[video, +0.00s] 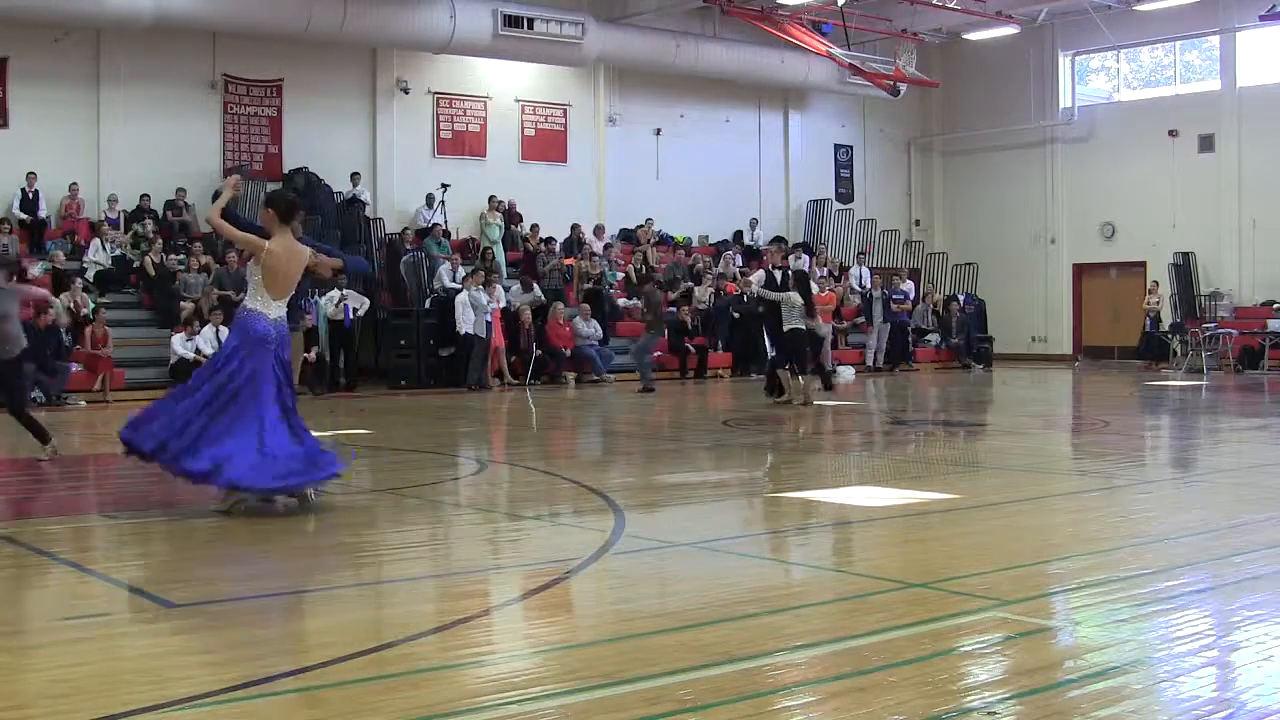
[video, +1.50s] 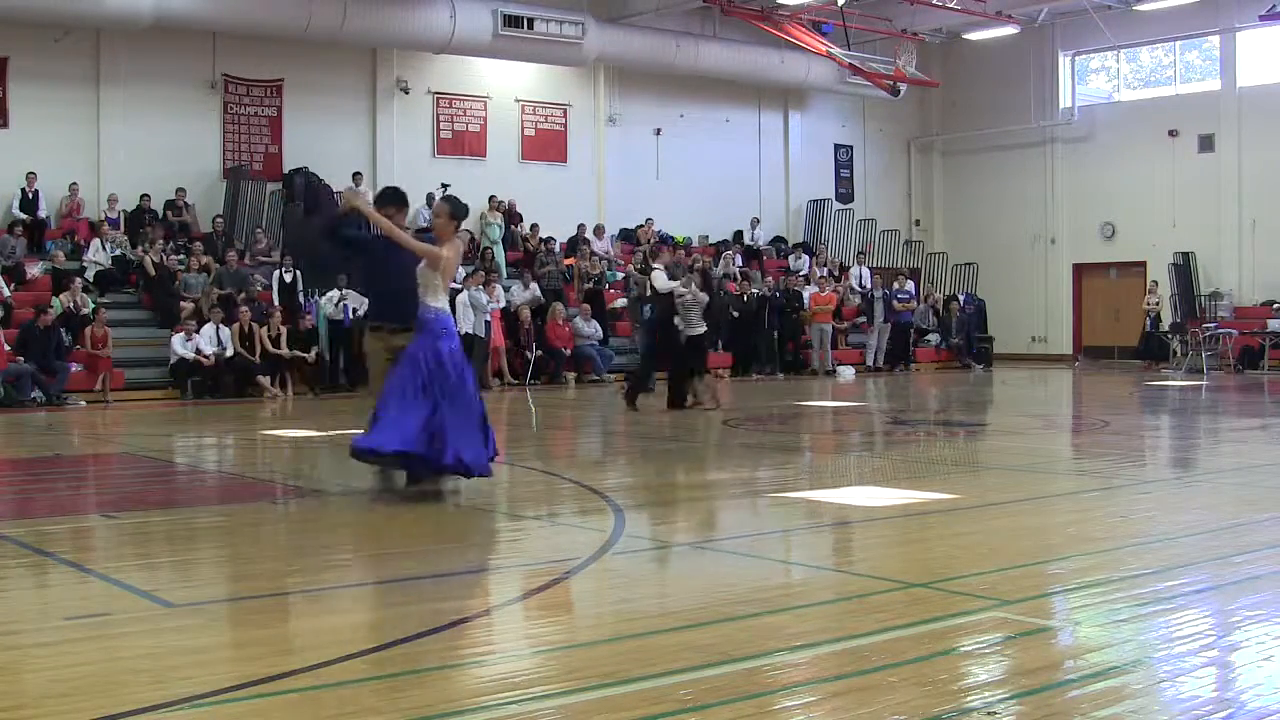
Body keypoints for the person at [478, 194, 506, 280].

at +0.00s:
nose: (495, 204)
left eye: (496, 202)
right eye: (494, 202)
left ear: (498, 203)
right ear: (489, 203)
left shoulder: (500, 215)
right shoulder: (484, 214)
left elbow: (502, 227)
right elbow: (483, 227)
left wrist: (499, 238)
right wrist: (490, 238)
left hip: (497, 240)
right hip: (487, 239)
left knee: (499, 258)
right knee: (487, 257)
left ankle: (500, 276)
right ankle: (486, 275)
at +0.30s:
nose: (495, 204)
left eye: (496, 202)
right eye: (493, 202)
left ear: (498, 203)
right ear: (489, 203)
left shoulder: (500, 215)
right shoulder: (484, 214)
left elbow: (502, 227)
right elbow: (483, 227)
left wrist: (499, 238)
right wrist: (490, 238)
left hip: (497, 240)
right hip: (487, 240)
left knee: (499, 258)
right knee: (487, 257)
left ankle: (500, 275)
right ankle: (486, 275)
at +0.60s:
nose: (495, 204)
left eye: (496, 202)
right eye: (493, 202)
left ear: (498, 203)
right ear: (489, 203)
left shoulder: (500, 215)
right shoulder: (484, 214)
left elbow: (502, 227)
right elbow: (483, 227)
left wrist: (499, 237)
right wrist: (490, 238)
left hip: (497, 239)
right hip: (487, 238)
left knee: (499, 257)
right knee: (487, 256)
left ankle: (500, 275)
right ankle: (486, 275)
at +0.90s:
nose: (495, 204)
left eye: (496, 202)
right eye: (493, 202)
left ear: (498, 203)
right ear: (489, 203)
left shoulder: (500, 215)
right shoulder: (484, 214)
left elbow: (502, 227)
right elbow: (483, 227)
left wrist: (499, 237)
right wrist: (490, 238)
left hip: (497, 239)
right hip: (487, 238)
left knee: (499, 257)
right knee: (487, 256)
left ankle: (500, 275)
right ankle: (486, 275)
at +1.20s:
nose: (495, 204)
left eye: (496, 202)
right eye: (493, 202)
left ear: (498, 203)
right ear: (489, 203)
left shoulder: (500, 215)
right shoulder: (484, 214)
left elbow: (502, 227)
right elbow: (483, 227)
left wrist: (499, 237)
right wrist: (490, 238)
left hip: (497, 240)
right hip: (487, 239)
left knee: (499, 257)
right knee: (487, 257)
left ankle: (500, 276)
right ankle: (486, 275)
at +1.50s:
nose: (495, 204)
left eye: (496, 202)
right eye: (493, 202)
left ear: (498, 203)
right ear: (489, 203)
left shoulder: (500, 215)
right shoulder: (484, 214)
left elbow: (502, 227)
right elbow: (483, 227)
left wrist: (499, 238)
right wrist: (489, 238)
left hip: (497, 240)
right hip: (487, 239)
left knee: (499, 257)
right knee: (487, 256)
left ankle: (500, 275)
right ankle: (486, 275)